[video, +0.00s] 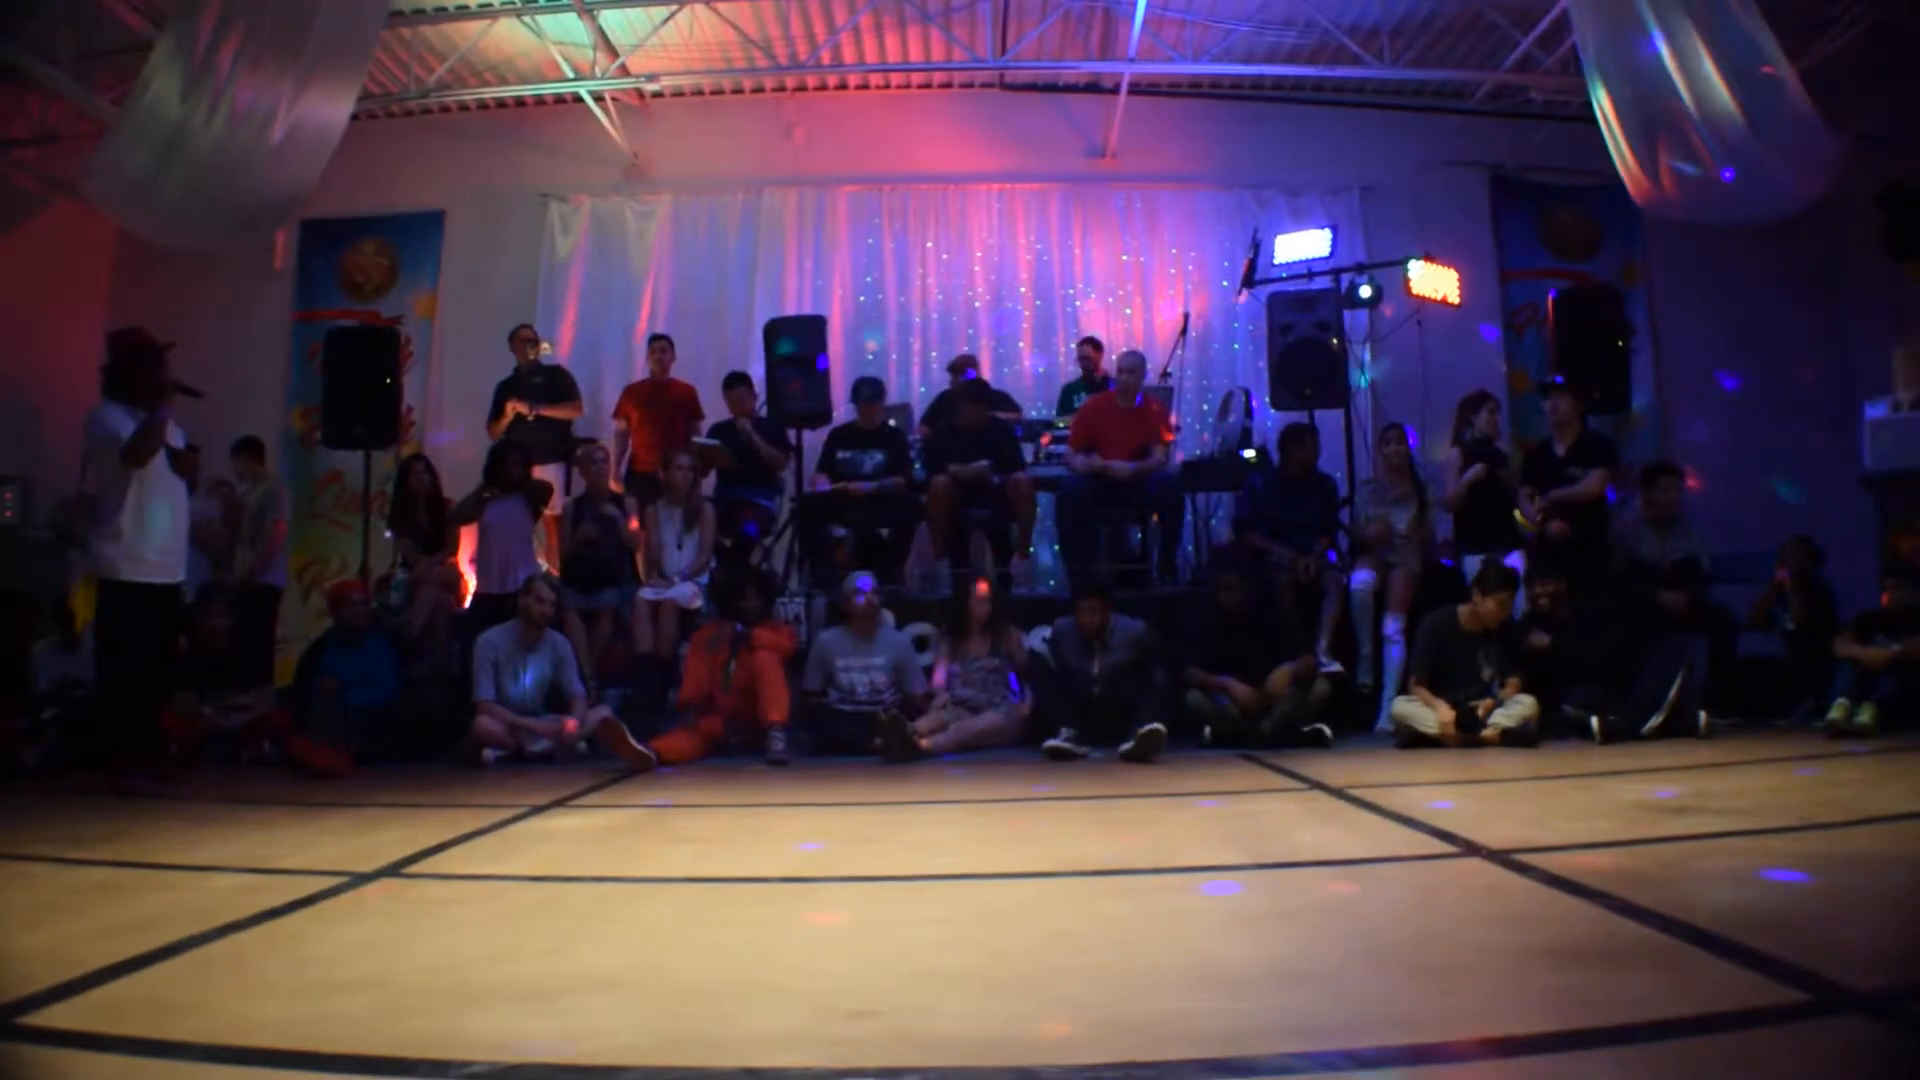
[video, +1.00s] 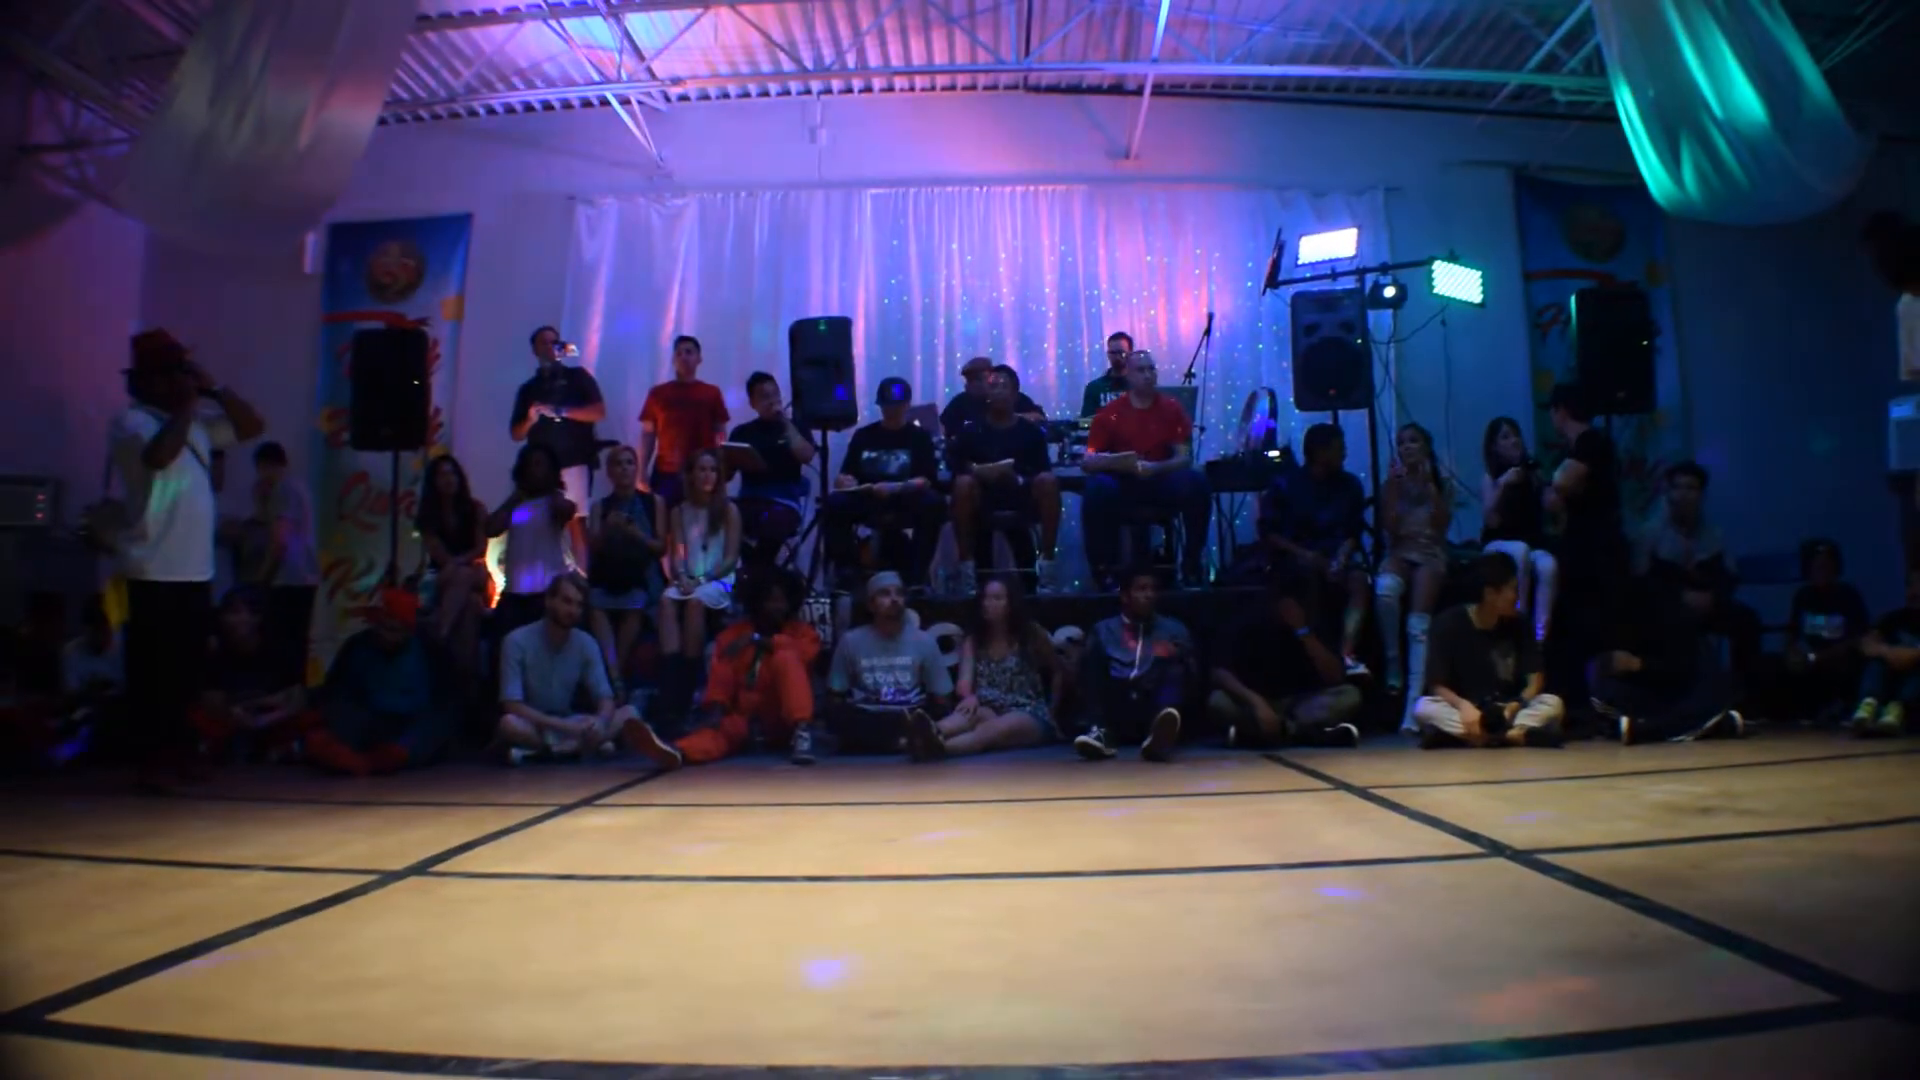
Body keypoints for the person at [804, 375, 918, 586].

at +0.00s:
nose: (868, 411)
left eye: (873, 404)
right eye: (863, 405)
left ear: (882, 405)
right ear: (855, 405)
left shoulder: (894, 436)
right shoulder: (838, 435)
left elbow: (903, 479)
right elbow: (820, 480)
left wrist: (870, 487)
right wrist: (842, 488)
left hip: (881, 501)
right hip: (844, 501)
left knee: (909, 506)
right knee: (809, 506)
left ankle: (890, 572)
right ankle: (821, 574)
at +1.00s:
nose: (893, 412)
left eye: (898, 406)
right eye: (888, 406)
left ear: (907, 405)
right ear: (880, 406)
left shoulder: (919, 437)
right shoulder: (863, 436)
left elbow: (927, 479)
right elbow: (843, 479)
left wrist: (895, 488)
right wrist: (865, 489)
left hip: (906, 498)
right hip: (868, 497)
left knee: (933, 505)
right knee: (835, 505)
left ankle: (916, 576)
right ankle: (846, 574)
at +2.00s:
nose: (879, 406)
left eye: (883, 400)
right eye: (873, 401)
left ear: (893, 401)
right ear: (866, 405)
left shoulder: (909, 438)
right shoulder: (853, 442)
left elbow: (919, 481)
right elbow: (838, 484)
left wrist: (882, 487)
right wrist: (852, 486)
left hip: (897, 502)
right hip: (860, 502)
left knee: (928, 507)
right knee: (827, 507)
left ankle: (909, 579)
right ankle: (841, 578)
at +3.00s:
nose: (895, 403)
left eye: (898, 397)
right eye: (889, 397)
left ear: (903, 401)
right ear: (875, 402)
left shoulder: (913, 439)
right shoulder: (857, 439)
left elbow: (919, 483)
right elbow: (840, 482)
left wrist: (875, 485)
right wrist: (851, 484)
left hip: (897, 501)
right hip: (861, 502)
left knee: (927, 508)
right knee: (825, 507)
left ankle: (908, 580)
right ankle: (840, 578)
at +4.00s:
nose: (903, 409)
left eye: (906, 403)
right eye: (897, 403)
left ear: (908, 405)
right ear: (881, 404)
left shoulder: (914, 439)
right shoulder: (856, 439)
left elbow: (919, 483)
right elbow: (837, 482)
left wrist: (875, 486)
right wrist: (850, 485)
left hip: (897, 502)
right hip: (859, 502)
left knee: (927, 508)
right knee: (826, 507)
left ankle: (909, 579)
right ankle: (839, 577)